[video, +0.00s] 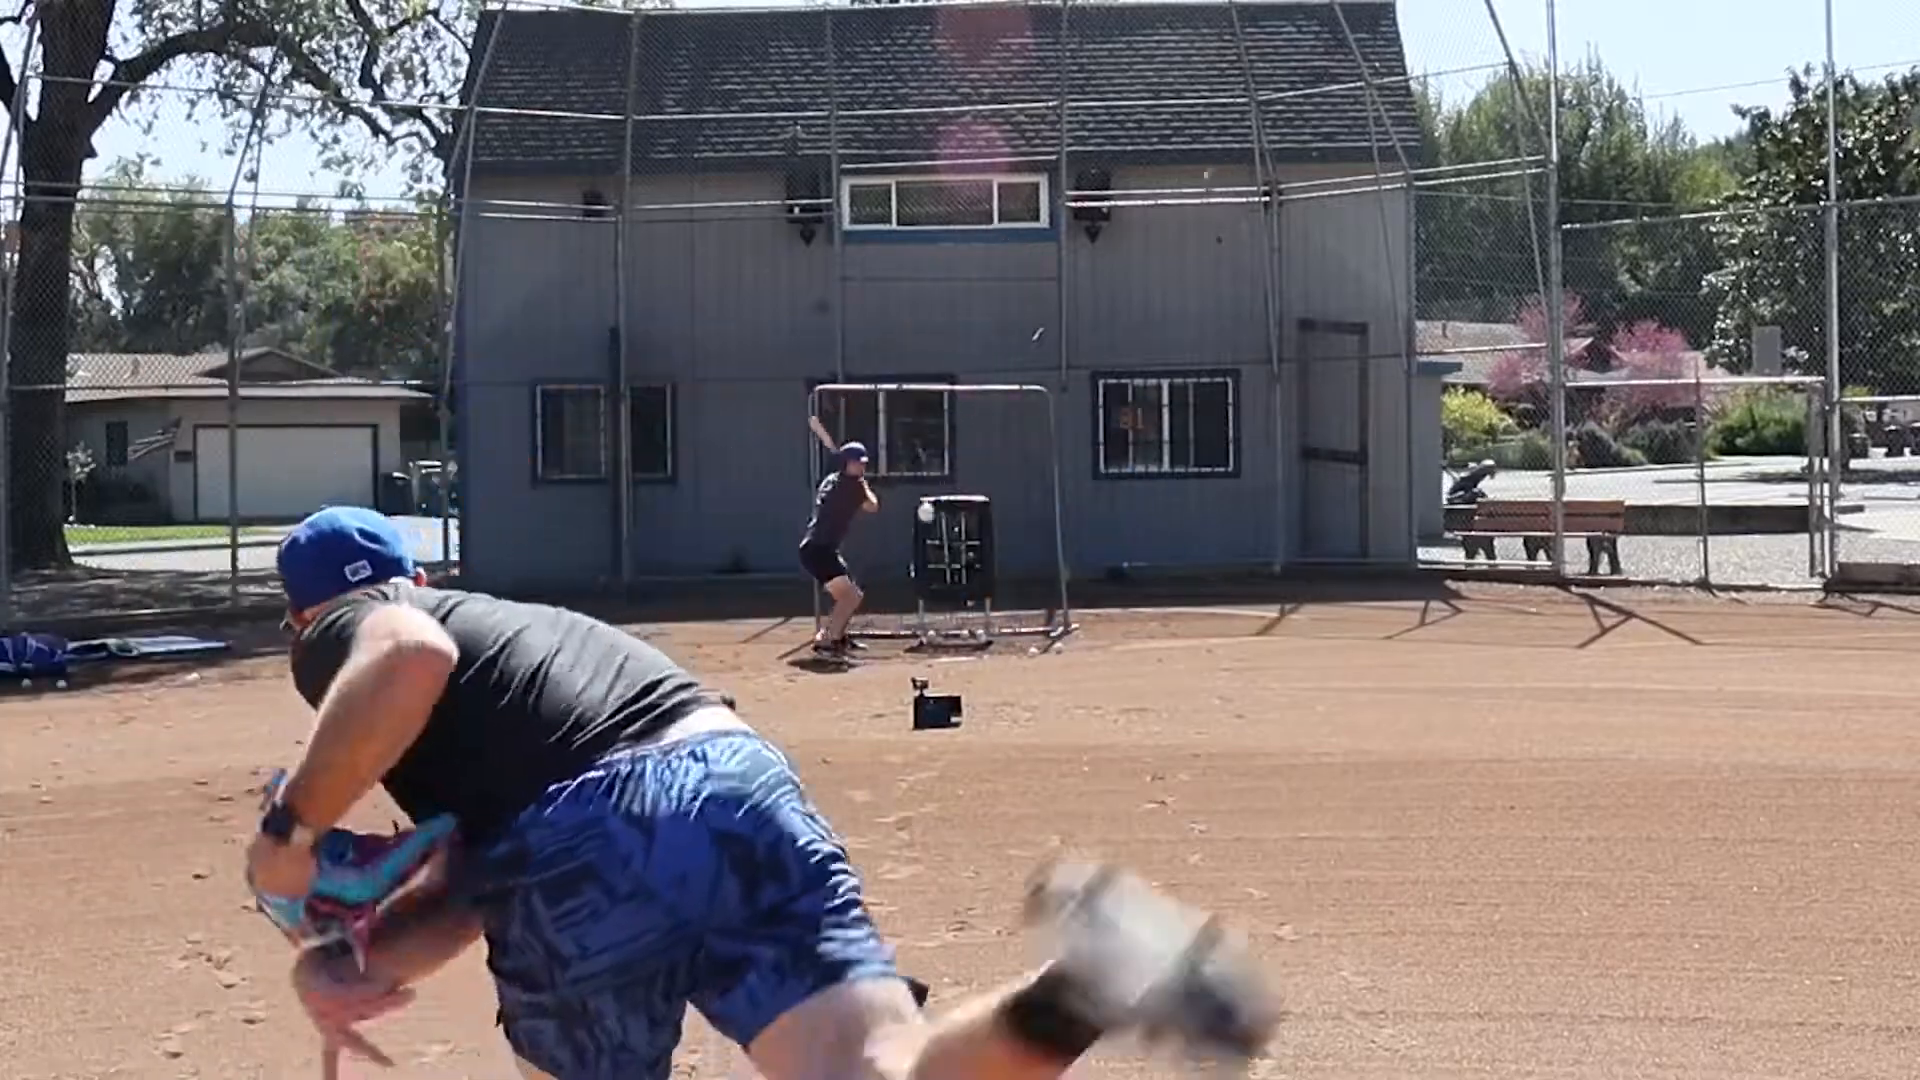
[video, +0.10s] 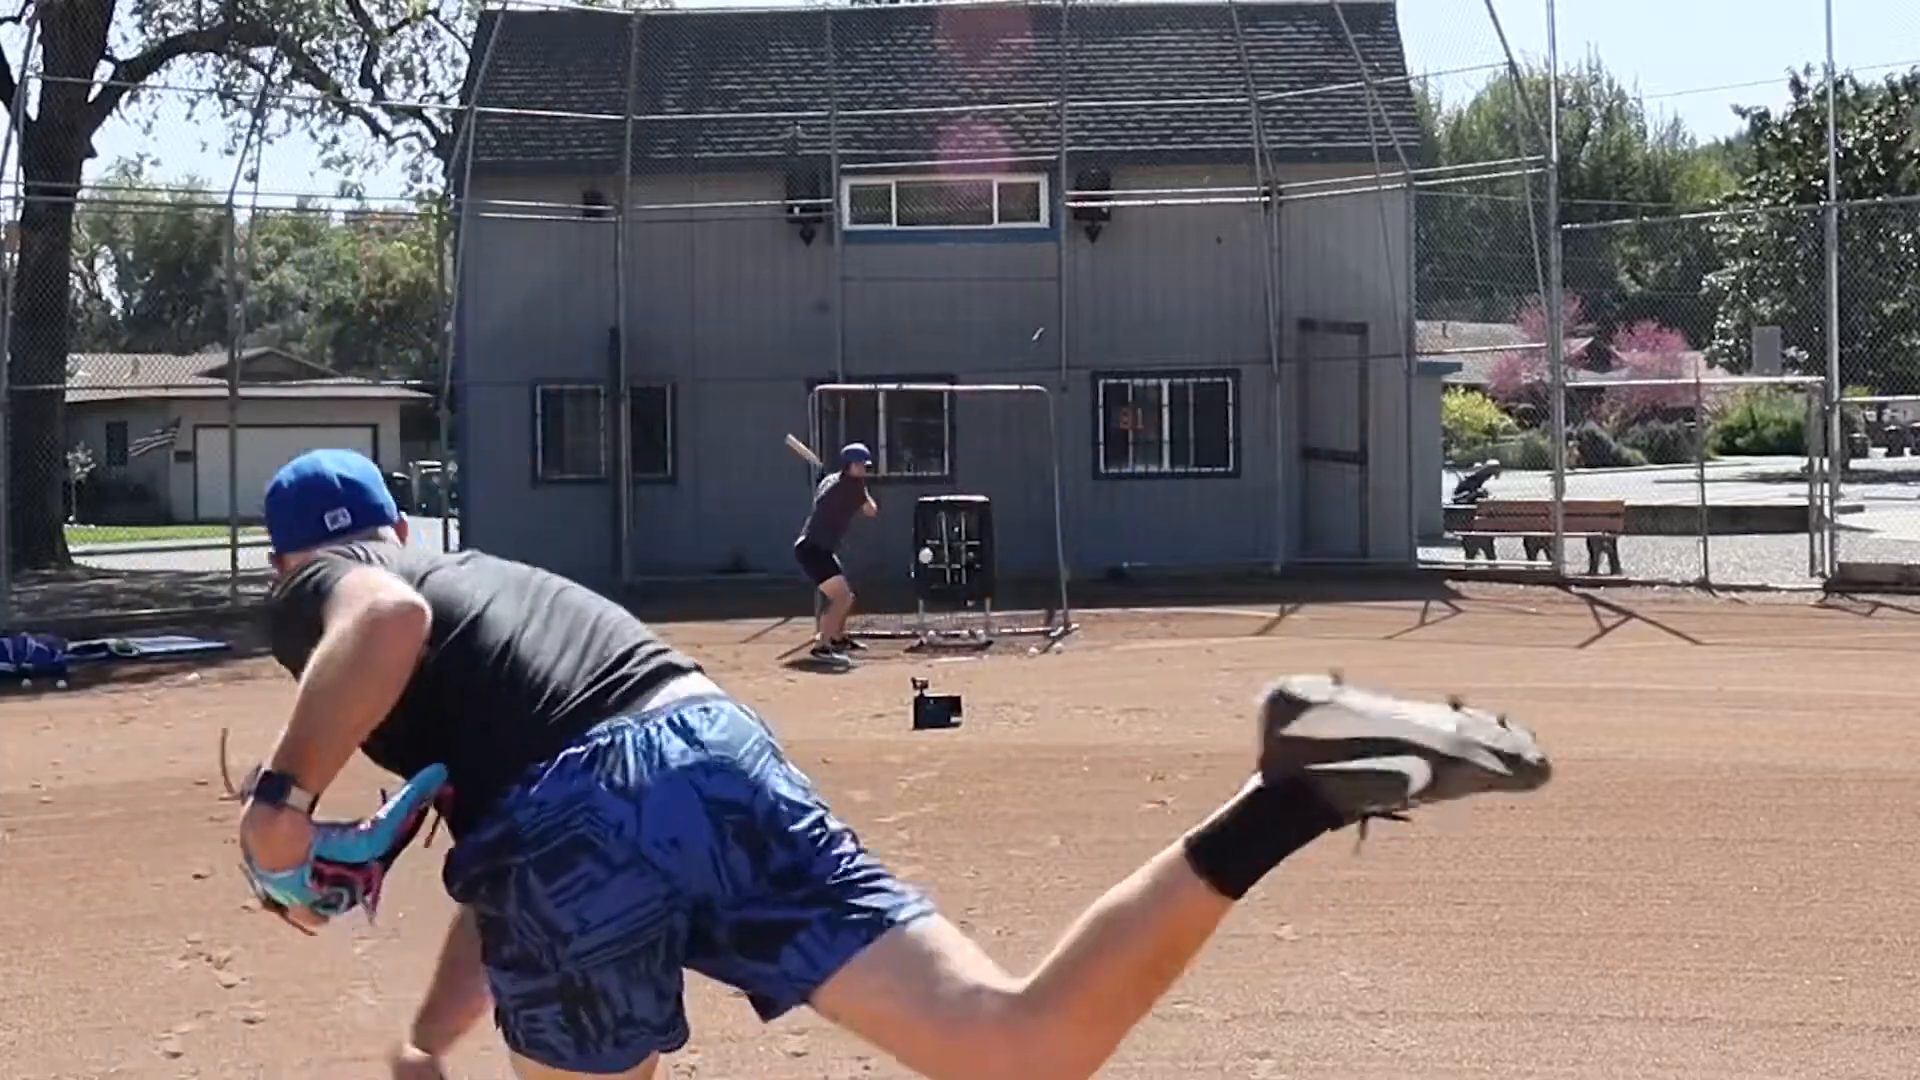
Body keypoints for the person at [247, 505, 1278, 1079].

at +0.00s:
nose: (297, 648)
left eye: (293, 624)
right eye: (307, 629)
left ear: (307, 612)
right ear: (411, 573)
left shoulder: (371, 614)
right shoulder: (508, 653)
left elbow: (405, 656)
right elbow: (471, 879)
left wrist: (297, 824)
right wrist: (349, 968)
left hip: (588, 814)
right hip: (739, 760)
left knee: (601, 1061)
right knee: (876, 1062)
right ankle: (1078, 994)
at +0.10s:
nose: (297, 605)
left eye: (293, 582)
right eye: (299, 592)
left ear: (317, 554)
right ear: (402, 513)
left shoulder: (372, 565)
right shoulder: (493, 595)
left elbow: (389, 611)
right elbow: (489, 869)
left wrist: (283, 792)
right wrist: (419, 1046)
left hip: (574, 810)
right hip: (720, 737)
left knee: (577, 1069)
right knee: (1011, 1039)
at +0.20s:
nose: (253, 514)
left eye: (251, 493)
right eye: (264, 496)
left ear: (273, 484)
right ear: (370, 461)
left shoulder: (296, 543)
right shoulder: (449, 524)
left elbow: (322, 657)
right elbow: (492, 723)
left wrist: (272, 866)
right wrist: (394, 881)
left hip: (574, 817)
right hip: (712, 721)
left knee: (576, 1068)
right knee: (1007, 991)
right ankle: (1329, 886)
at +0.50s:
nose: (231, 343)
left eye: (225, 325)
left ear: (232, 330)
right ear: (359, 299)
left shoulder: (283, 442)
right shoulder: (452, 368)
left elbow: (370, 700)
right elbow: (547, 592)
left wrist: (335, 895)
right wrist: (506, 844)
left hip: (612, 788)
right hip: (709, 723)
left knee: (587, 1056)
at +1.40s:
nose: (282, 595)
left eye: (284, 572)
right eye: (287, 570)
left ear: (307, 554)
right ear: (400, 531)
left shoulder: (334, 596)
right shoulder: (492, 602)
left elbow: (349, 720)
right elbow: (444, 867)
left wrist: (227, 860)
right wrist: (328, 978)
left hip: (565, 827)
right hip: (720, 757)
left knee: (577, 1057)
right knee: (916, 1064)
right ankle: (1166, 885)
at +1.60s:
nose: (219, 469)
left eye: (218, 450)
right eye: (233, 449)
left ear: (235, 453)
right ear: (342, 427)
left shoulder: (253, 545)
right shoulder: (416, 495)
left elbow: (281, 727)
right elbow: (387, 706)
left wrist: (218, 872)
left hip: (559, 829)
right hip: (693, 726)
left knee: (566, 1059)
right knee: (949, 947)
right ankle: (1285, 968)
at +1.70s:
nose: (191, 422)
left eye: (186, 406)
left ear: (195, 413)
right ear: (321, 387)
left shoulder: (226, 518)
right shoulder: (402, 448)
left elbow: (289, 739)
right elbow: (420, 641)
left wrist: (219, 866)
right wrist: (273, 799)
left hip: (565, 830)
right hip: (695, 722)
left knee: (587, 1065)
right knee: (819, 954)